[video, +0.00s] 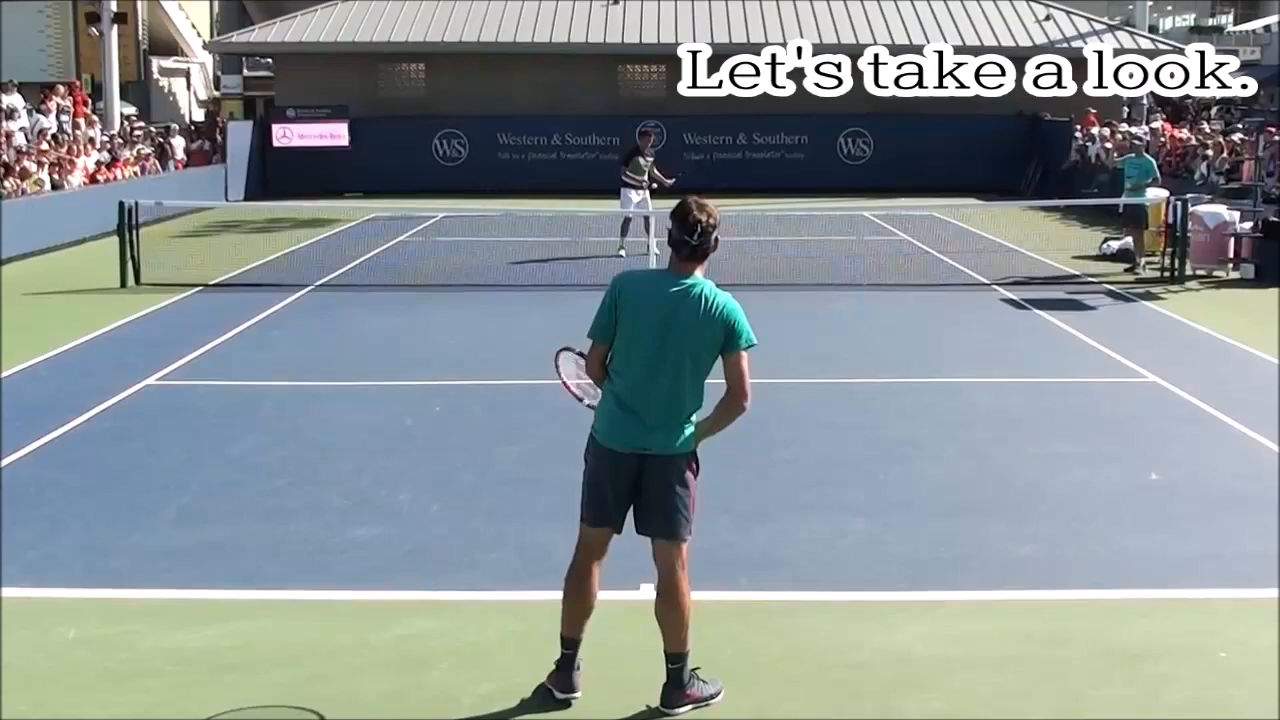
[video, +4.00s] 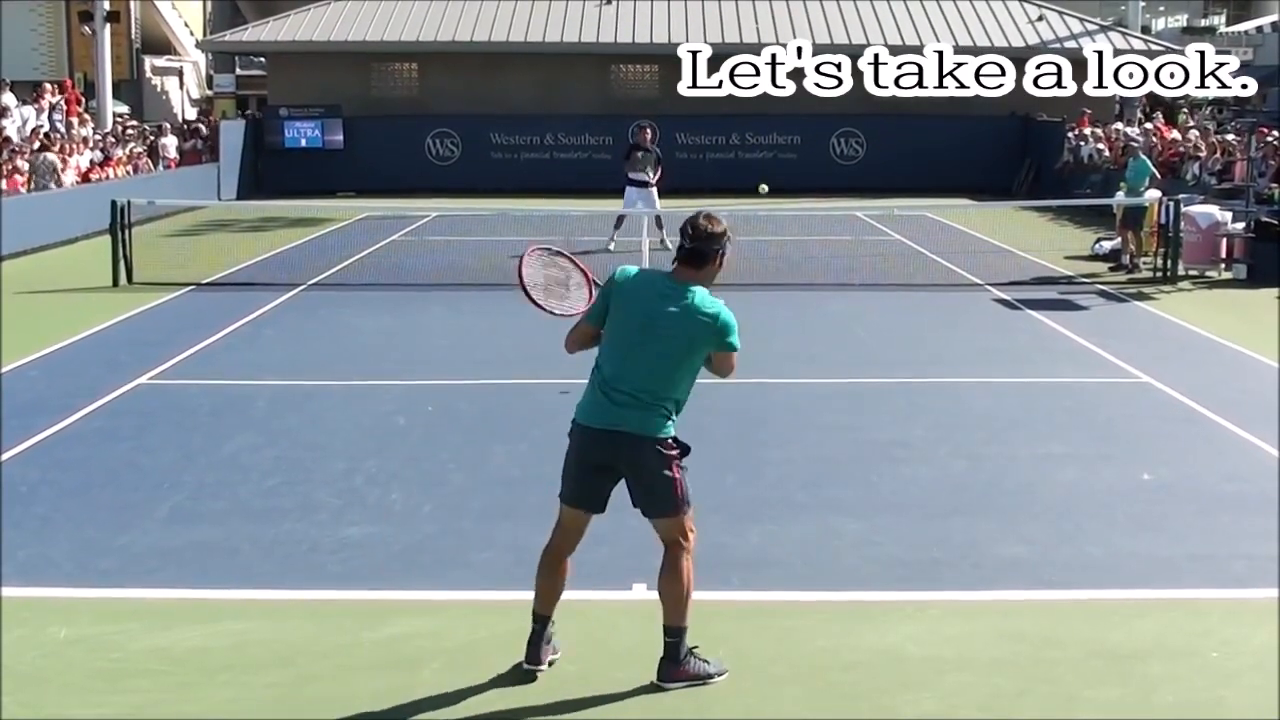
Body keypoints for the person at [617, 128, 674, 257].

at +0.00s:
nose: (649, 142)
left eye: (651, 139)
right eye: (646, 138)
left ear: (652, 141)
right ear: (640, 139)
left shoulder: (650, 155)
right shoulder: (632, 153)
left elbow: (652, 170)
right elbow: (623, 174)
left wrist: (665, 181)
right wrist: (642, 181)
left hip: (643, 190)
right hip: (629, 190)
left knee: (648, 216)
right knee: (628, 217)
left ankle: (651, 244)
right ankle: (622, 246)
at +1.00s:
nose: (646, 141)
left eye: (648, 138)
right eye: (643, 139)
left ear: (652, 140)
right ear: (638, 141)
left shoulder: (657, 154)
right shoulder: (633, 156)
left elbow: (664, 171)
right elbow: (630, 172)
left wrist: (656, 181)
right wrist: (636, 174)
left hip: (654, 189)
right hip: (640, 189)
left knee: (655, 217)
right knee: (641, 218)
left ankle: (655, 242)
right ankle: (643, 244)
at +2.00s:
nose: (647, 135)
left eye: (649, 132)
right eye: (645, 132)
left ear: (653, 135)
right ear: (640, 135)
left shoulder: (658, 151)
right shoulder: (633, 148)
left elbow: (661, 167)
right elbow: (629, 166)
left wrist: (655, 178)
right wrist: (635, 155)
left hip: (650, 184)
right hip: (635, 183)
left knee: (656, 214)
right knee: (626, 213)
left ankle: (663, 240)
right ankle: (616, 240)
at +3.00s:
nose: (650, 140)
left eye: (652, 137)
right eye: (648, 137)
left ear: (654, 141)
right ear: (641, 138)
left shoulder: (654, 158)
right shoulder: (631, 150)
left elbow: (652, 174)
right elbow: (621, 161)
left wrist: (649, 186)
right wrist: (619, 174)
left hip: (644, 188)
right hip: (629, 186)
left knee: (651, 215)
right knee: (629, 215)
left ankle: (653, 240)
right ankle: (628, 244)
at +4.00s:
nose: (645, 136)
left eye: (648, 133)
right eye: (643, 133)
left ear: (651, 136)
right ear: (638, 135)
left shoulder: (655, 151)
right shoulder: (632, 149)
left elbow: (659, 167)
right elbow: (626, 167)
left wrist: (654, 179)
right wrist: (633, 161)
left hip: (649, 184)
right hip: (633, 183)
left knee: (657, 212)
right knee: (624, 211)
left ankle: (664, 238)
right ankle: (612, 238)